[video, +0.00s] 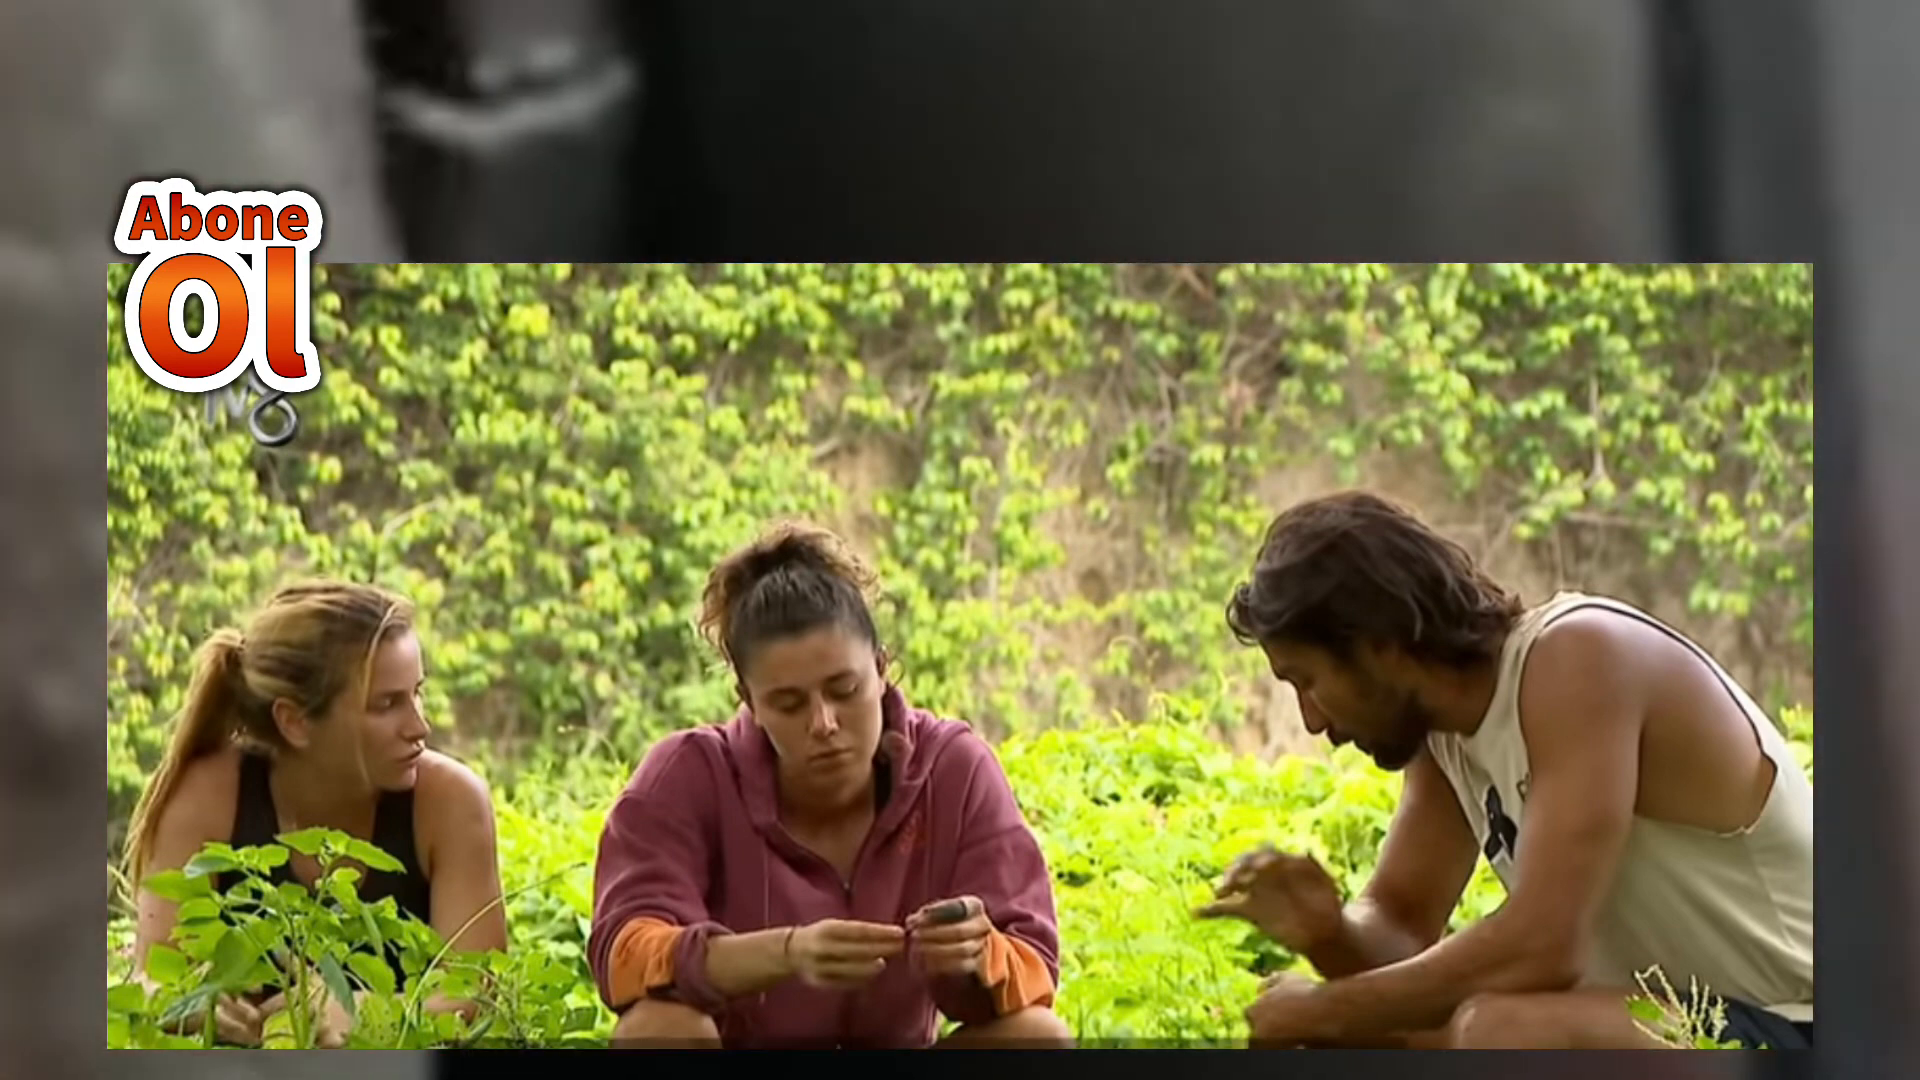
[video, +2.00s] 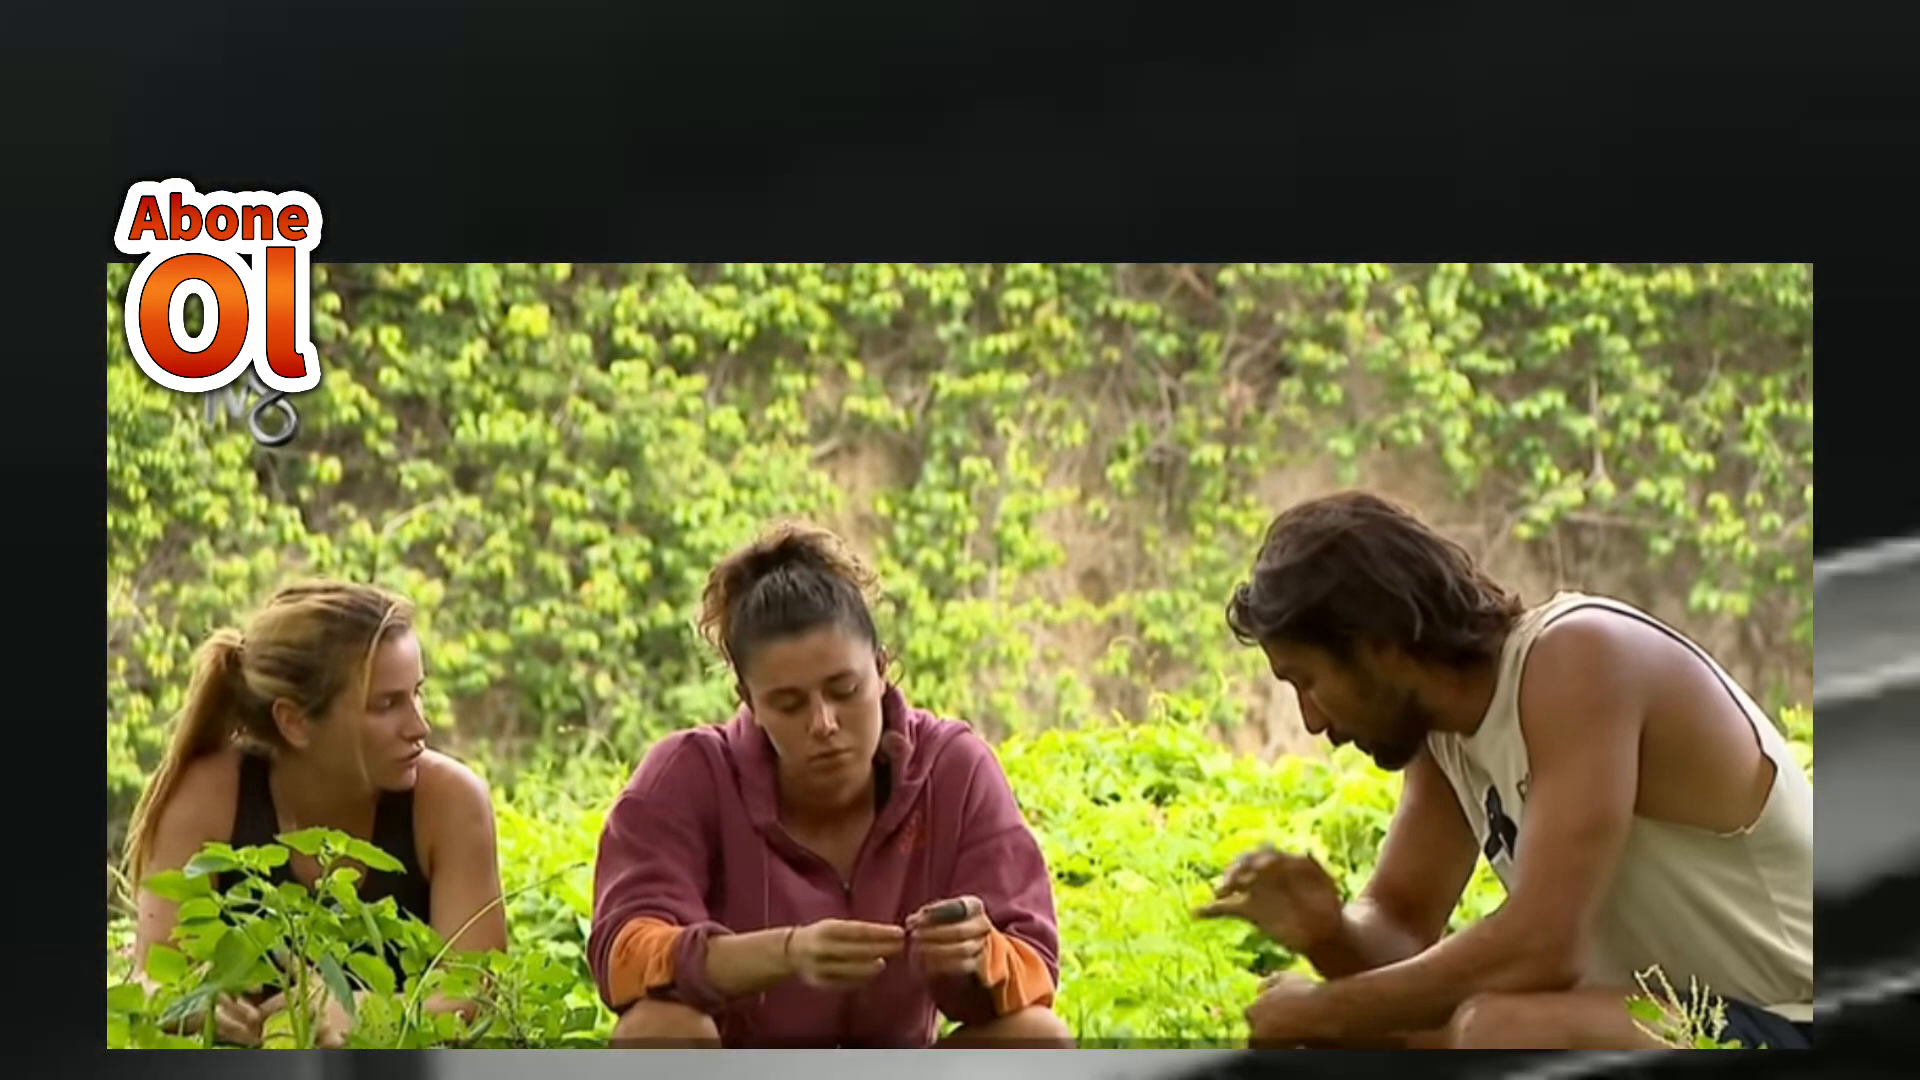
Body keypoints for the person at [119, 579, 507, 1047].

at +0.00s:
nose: (420, 725)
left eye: (417, 695)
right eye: (388, 705)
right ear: (295, 723)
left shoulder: (451, 799)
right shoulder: (206, 792)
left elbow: (471, 1002)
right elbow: (152, 983)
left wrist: (355, 1013)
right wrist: (199, 1008)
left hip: (387, 1065)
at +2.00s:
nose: (420, 725)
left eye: (417, 695)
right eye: (388, 705)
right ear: (295, 722)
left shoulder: (451, 799)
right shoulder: (206, 791)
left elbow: (470, 1001)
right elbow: (151, 983)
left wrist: (355, 1013)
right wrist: (198, 1008)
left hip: (386, 1066)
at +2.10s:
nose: (420, 725)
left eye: (417, 695)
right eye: (388, 704)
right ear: (295, 723)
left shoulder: (451, 799)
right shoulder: (206, 791)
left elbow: (470, 1001)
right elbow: (152, 983)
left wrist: (355, 1013)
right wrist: (197, 1008)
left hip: (386, 1067)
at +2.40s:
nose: (420, 725)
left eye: (417, 695)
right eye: (388, 705)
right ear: (295, 722)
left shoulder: (451, 799)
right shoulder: (205, 792)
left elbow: (470, 1001)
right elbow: (153, 984)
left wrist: (354, 1013)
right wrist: (199, 1009)